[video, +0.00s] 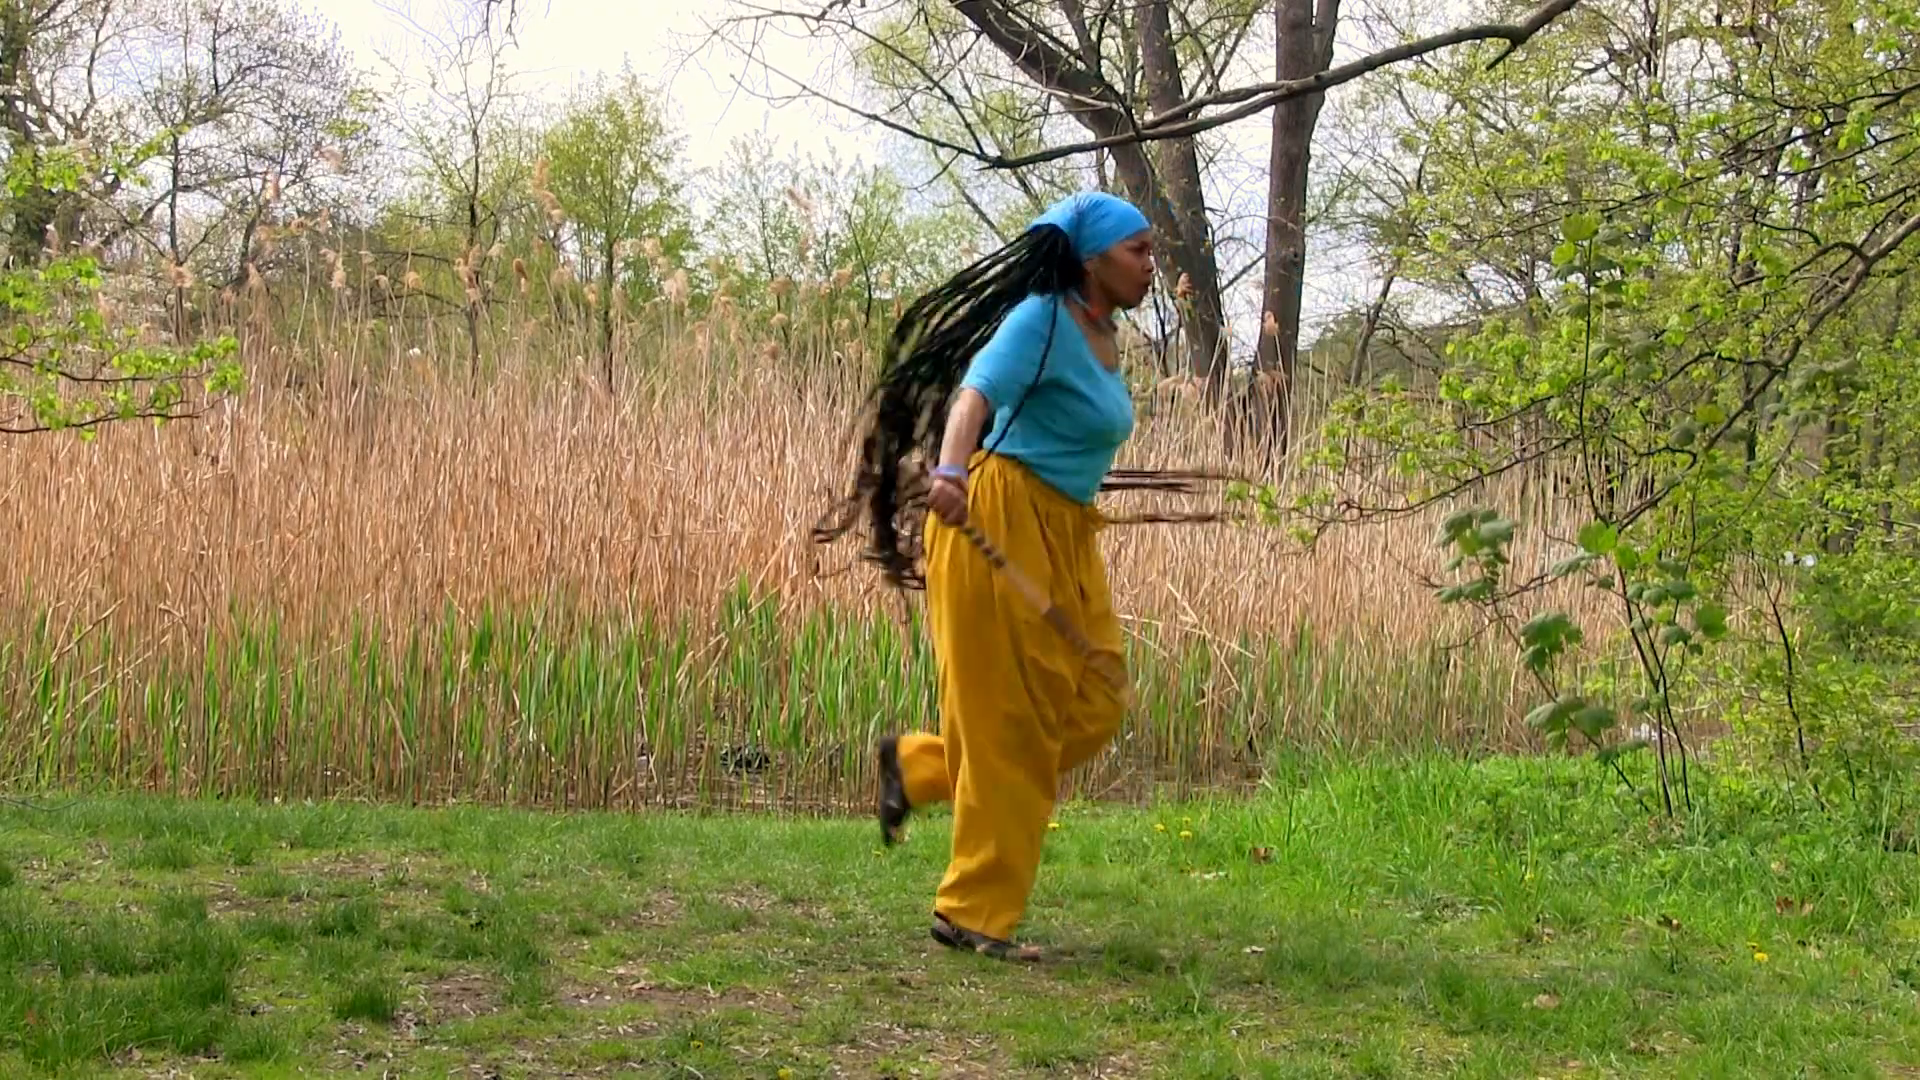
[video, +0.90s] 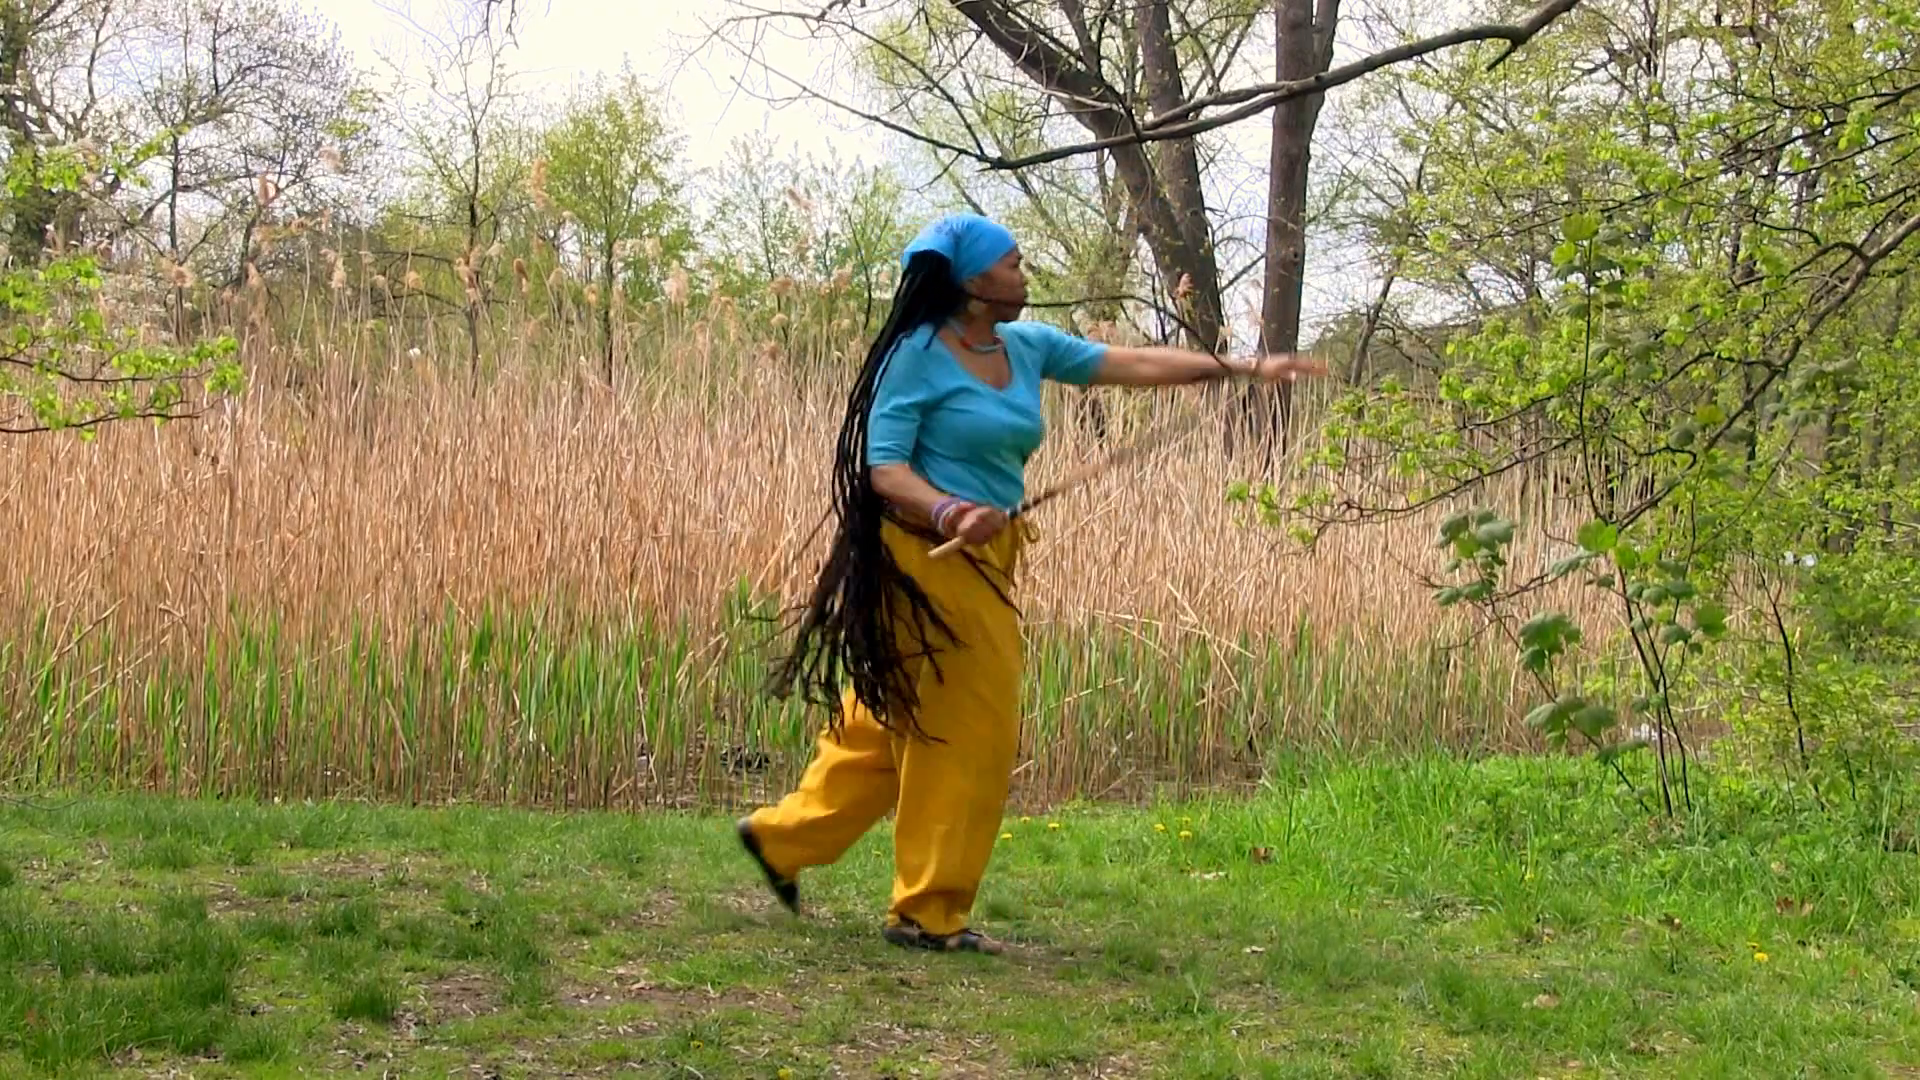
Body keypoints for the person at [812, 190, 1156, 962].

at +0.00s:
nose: (1151, 263)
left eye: (1150, 250)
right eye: (1137, 250)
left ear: (1116, 263)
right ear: (1090, 258)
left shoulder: (1101, 333)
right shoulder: (1041, 317)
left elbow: (1059, 431)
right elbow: (980, 390)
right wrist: (953, 470)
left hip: (1070, 529)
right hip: (1002, 514)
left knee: (1092, 708)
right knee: (1007, 715)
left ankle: (914, 767)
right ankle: (973, 911)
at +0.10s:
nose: (1116, 266)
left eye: (1113, 252)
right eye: (1102, 252)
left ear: (1070, 267)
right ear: (1058, 262)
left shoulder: (1054, 336)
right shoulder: (1009, 315)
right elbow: (974, 393)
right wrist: (1001, 428)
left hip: (1037, 531)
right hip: (988, 515)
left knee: (1022, 714)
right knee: (996, 714)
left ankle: (842, 751)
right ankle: (968, 915)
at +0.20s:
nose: (1069, 259)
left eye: (1065, 245)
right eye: (1055, 246)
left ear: (1008, 261)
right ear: (1011, 258)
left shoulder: (969, 323)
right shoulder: (991, 324)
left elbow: (923, 409)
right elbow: (1041, 396)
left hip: (928, 505)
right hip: (984, 517)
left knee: (907, 695)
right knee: (1002, 716)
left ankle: (773, 817)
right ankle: (969, 916)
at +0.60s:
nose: (953, 291)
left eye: (950, 276)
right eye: (941, 278)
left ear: (895, 292)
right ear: (899, 291)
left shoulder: (857, 350)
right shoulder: (902, 352)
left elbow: (909, 433)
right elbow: (998, 424)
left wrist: (964, 383)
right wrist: (1070, 386)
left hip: (830, 539)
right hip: (890, 544)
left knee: (788, 706)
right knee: (991, 713)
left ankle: (715, 883)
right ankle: (967, 910)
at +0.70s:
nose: (966, 290)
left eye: (962, 275)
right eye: (954, 277)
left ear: (915, 292)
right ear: (912, 292)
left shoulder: (927, 349)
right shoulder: (895, 359)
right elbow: (950, 476)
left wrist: (1032, 334)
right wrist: (1051, 485)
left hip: (853, 541)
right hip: (892, 544)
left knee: (809, 715)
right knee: (983, 717)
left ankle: (715, 885)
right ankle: (940, 910)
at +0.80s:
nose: (992, 285)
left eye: (987, 274)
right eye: (979, 277)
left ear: (954, 294)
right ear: (940, 297)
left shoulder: (987, 346)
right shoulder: (891, 367)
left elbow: (1095, 322)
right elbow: (882, 482)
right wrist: (968, 537)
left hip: (933, 564)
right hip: (895, 564)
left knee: (832, 727)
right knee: (982, 728)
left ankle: (723, 876)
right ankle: (926, 910)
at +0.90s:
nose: (1023, 269)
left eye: (1018, 259)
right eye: (1009, 262)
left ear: (986, 280)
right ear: (971, 283)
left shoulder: (1026, 342)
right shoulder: (915, 357)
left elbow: (1130, 363)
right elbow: (883, 469)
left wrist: (1243, 366)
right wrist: (947, 510)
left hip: (984, 563)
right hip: (923, 561)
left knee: (898, 714)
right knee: (973, 729)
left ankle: (786, 837)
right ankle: (930, 911)